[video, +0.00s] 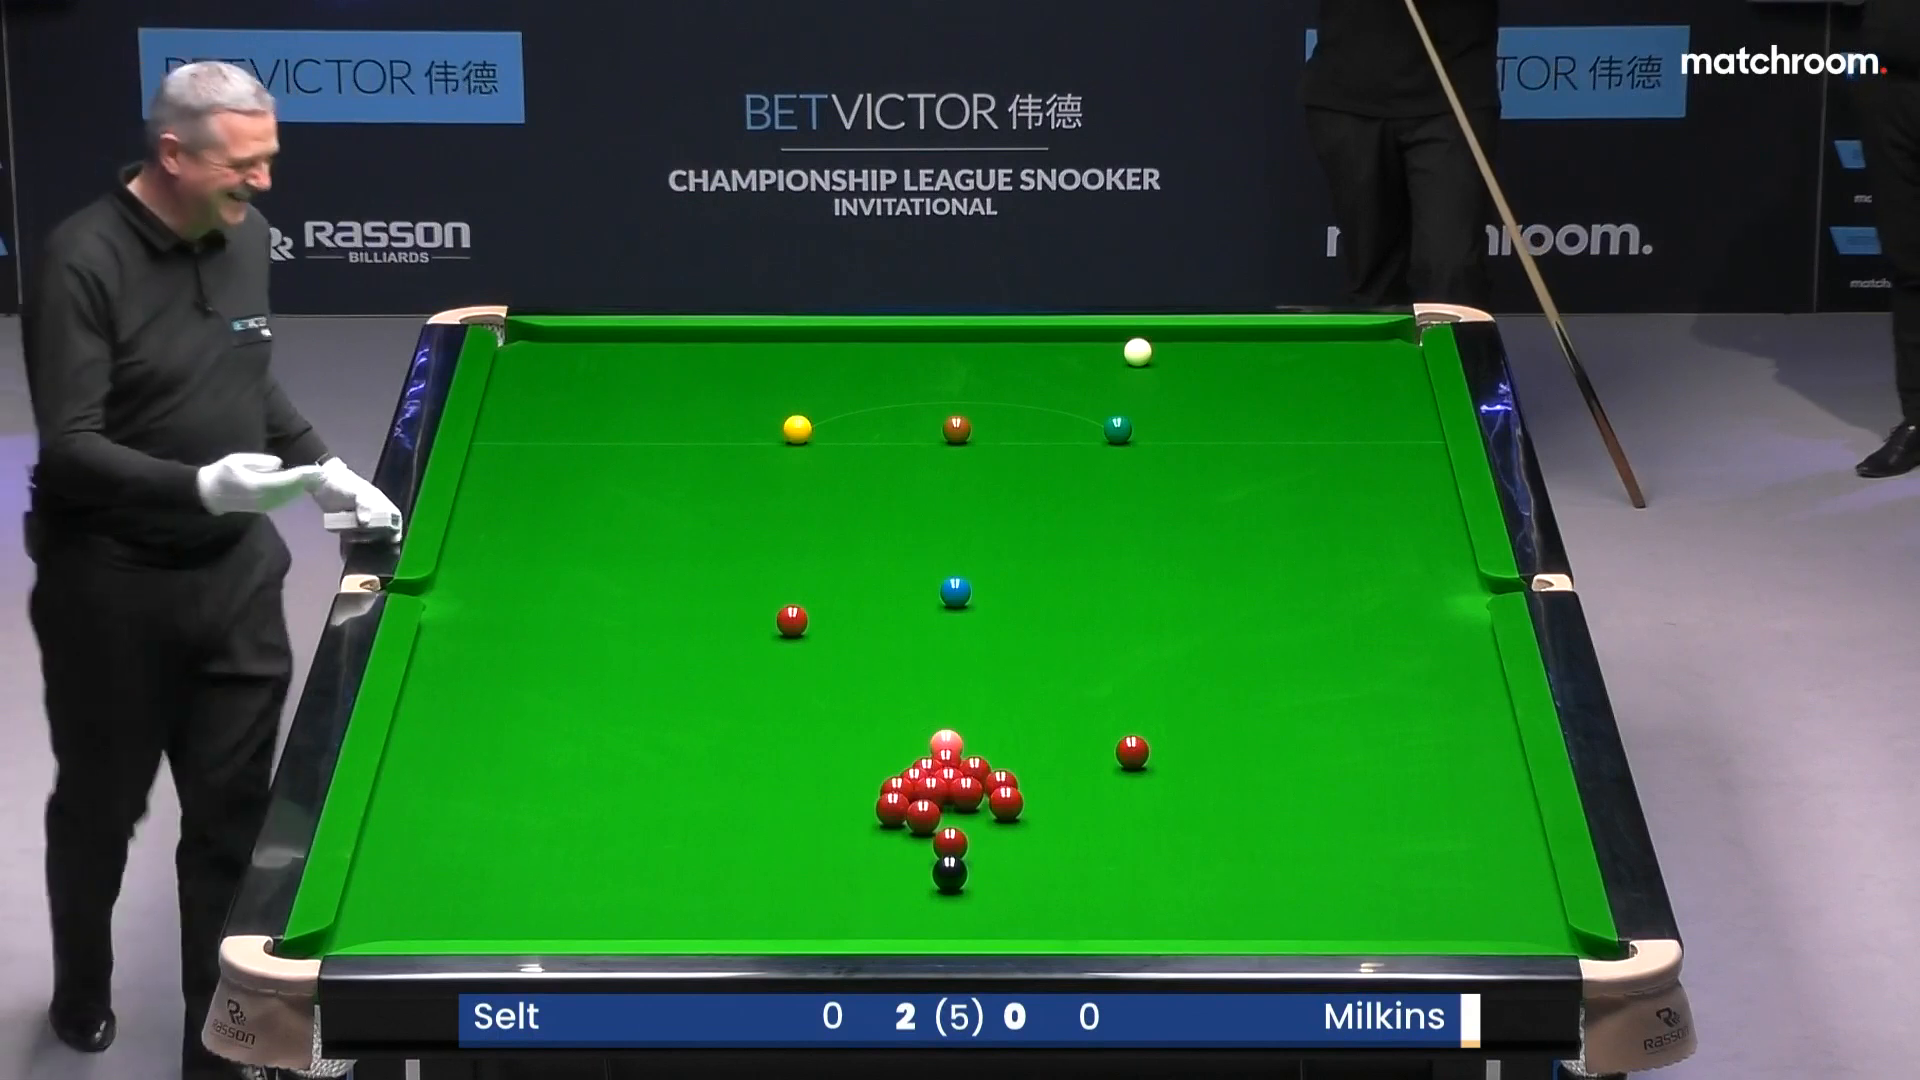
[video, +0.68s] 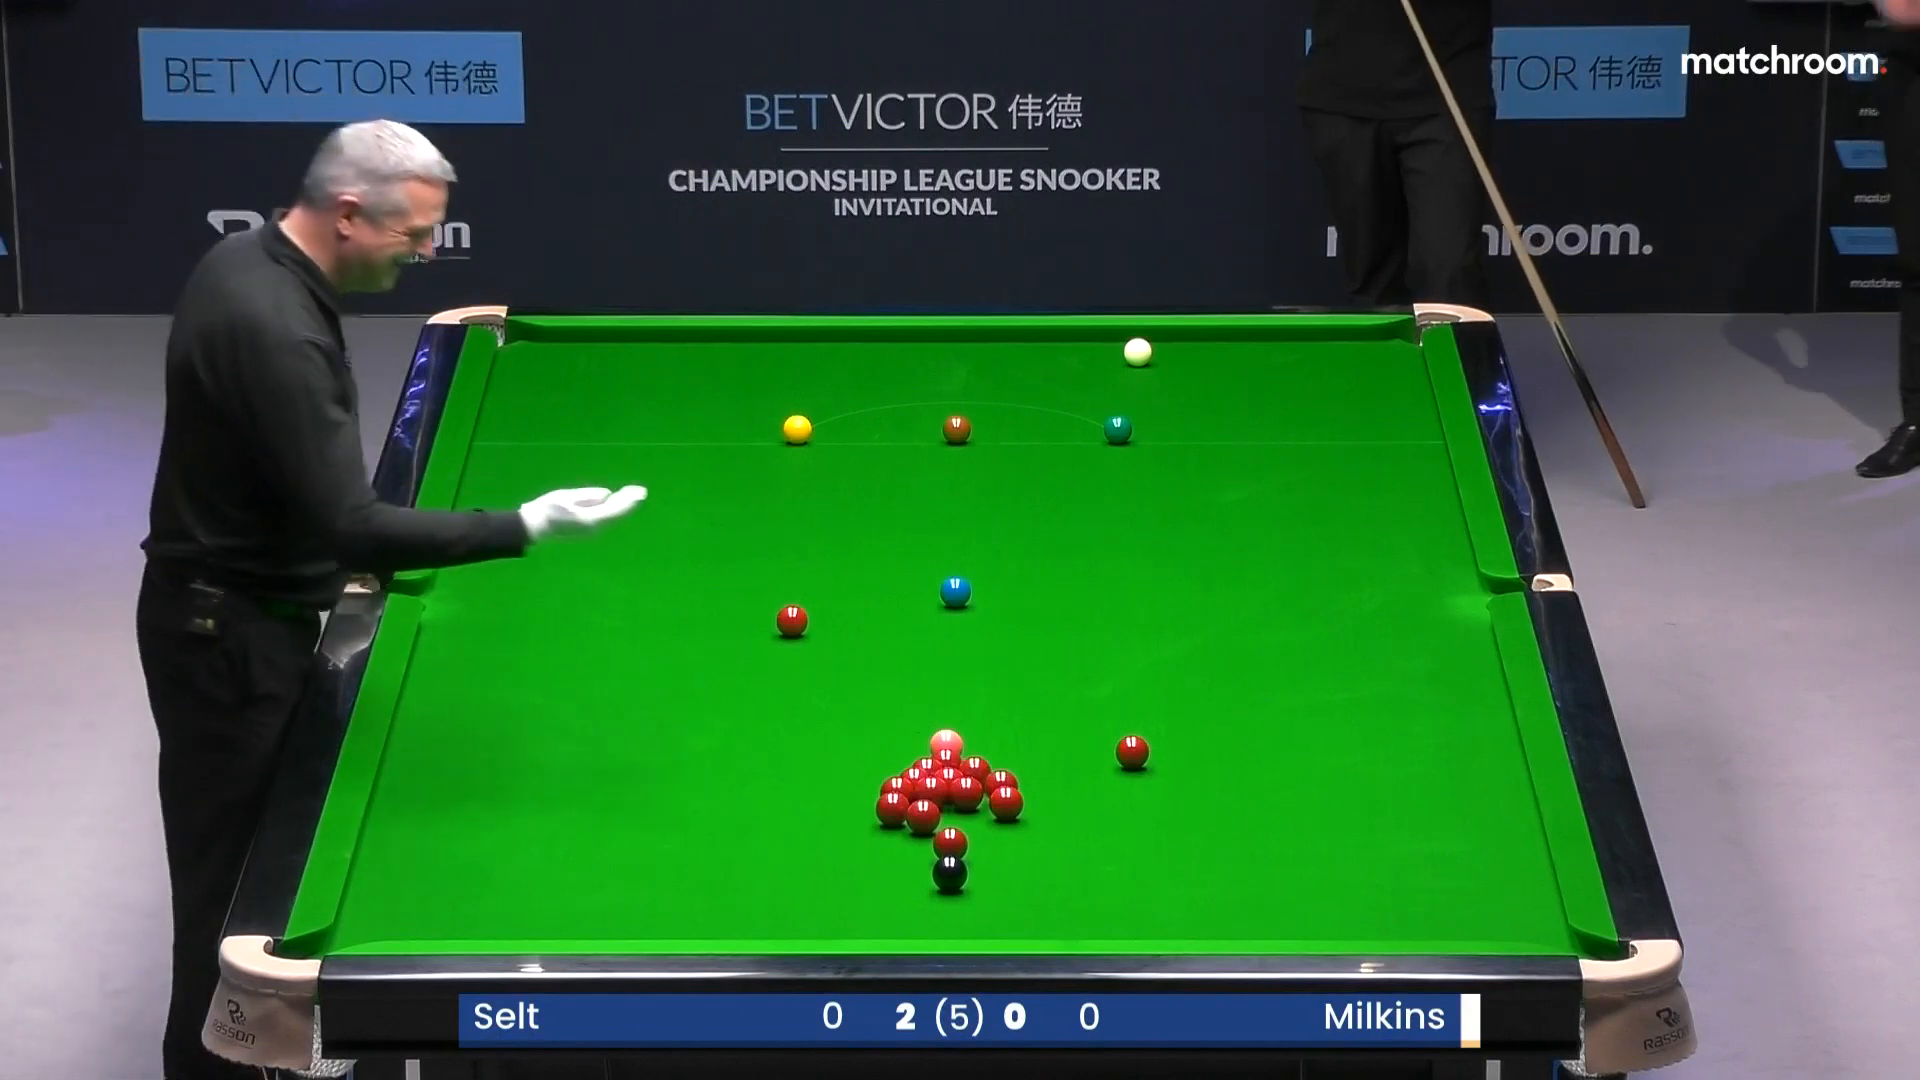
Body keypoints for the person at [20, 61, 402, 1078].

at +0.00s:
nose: (264, 182)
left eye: (268, 161)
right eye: (245, 165)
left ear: (249, 148)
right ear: (173, 155)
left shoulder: (244, 238)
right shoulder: (79, 259)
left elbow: (256, 388)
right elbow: (67, 444)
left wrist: (328, 477)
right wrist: (198, 483)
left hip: (235, 575)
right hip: (109, 587)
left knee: (231, 823)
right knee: (99, 807)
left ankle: (218, 1031)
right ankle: (81, 980)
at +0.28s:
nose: (318, 198)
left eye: (323, 178)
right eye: (301, 180)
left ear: (260, 174)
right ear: (231, 171)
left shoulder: (260, 249)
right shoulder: (138, 280)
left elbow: (265, 422)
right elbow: (158, 470)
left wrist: (332, 509)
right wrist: (319, 488)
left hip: (268, 578)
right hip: (174, 592)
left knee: (286, 810)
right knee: (230, 829)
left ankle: (231, 1035)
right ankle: (141, 1044)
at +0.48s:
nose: (361, 230)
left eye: (368, 210)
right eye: (348, 210)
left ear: (285, 193)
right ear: (280, 192)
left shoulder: (250, 269)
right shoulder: (200, 311)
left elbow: (276, 449)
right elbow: (248, 506)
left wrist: (344, 544)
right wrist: (417, 514)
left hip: (258, 602)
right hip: (213, 619)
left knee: (269, 842)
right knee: (227, 861)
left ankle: (253, 1049)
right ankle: (211, 1058)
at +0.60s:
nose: (398, 243)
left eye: (404, 223)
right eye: (386, 223)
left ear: (318, 203)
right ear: (317, 204)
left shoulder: (261, 264)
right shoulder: (242, 317)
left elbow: (301, 442)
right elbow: (305, 518)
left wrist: (342, 548)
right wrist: (482, 520)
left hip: (253, 603)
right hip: (219, 622)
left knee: (258, 849)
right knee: (228, 865)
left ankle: (245, 1048)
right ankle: (211, 1058)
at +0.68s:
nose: (423, 253)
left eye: (430, 233)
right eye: (413, 234)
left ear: (341, 212)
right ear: (346, 215)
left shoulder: (250, 261)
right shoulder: (279, 333)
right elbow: (349, 525)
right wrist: (524, 524)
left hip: (215, 607)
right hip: (228, 632)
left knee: (243, 863)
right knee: (234, 880)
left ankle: (230, 1052)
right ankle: (206, 1061)